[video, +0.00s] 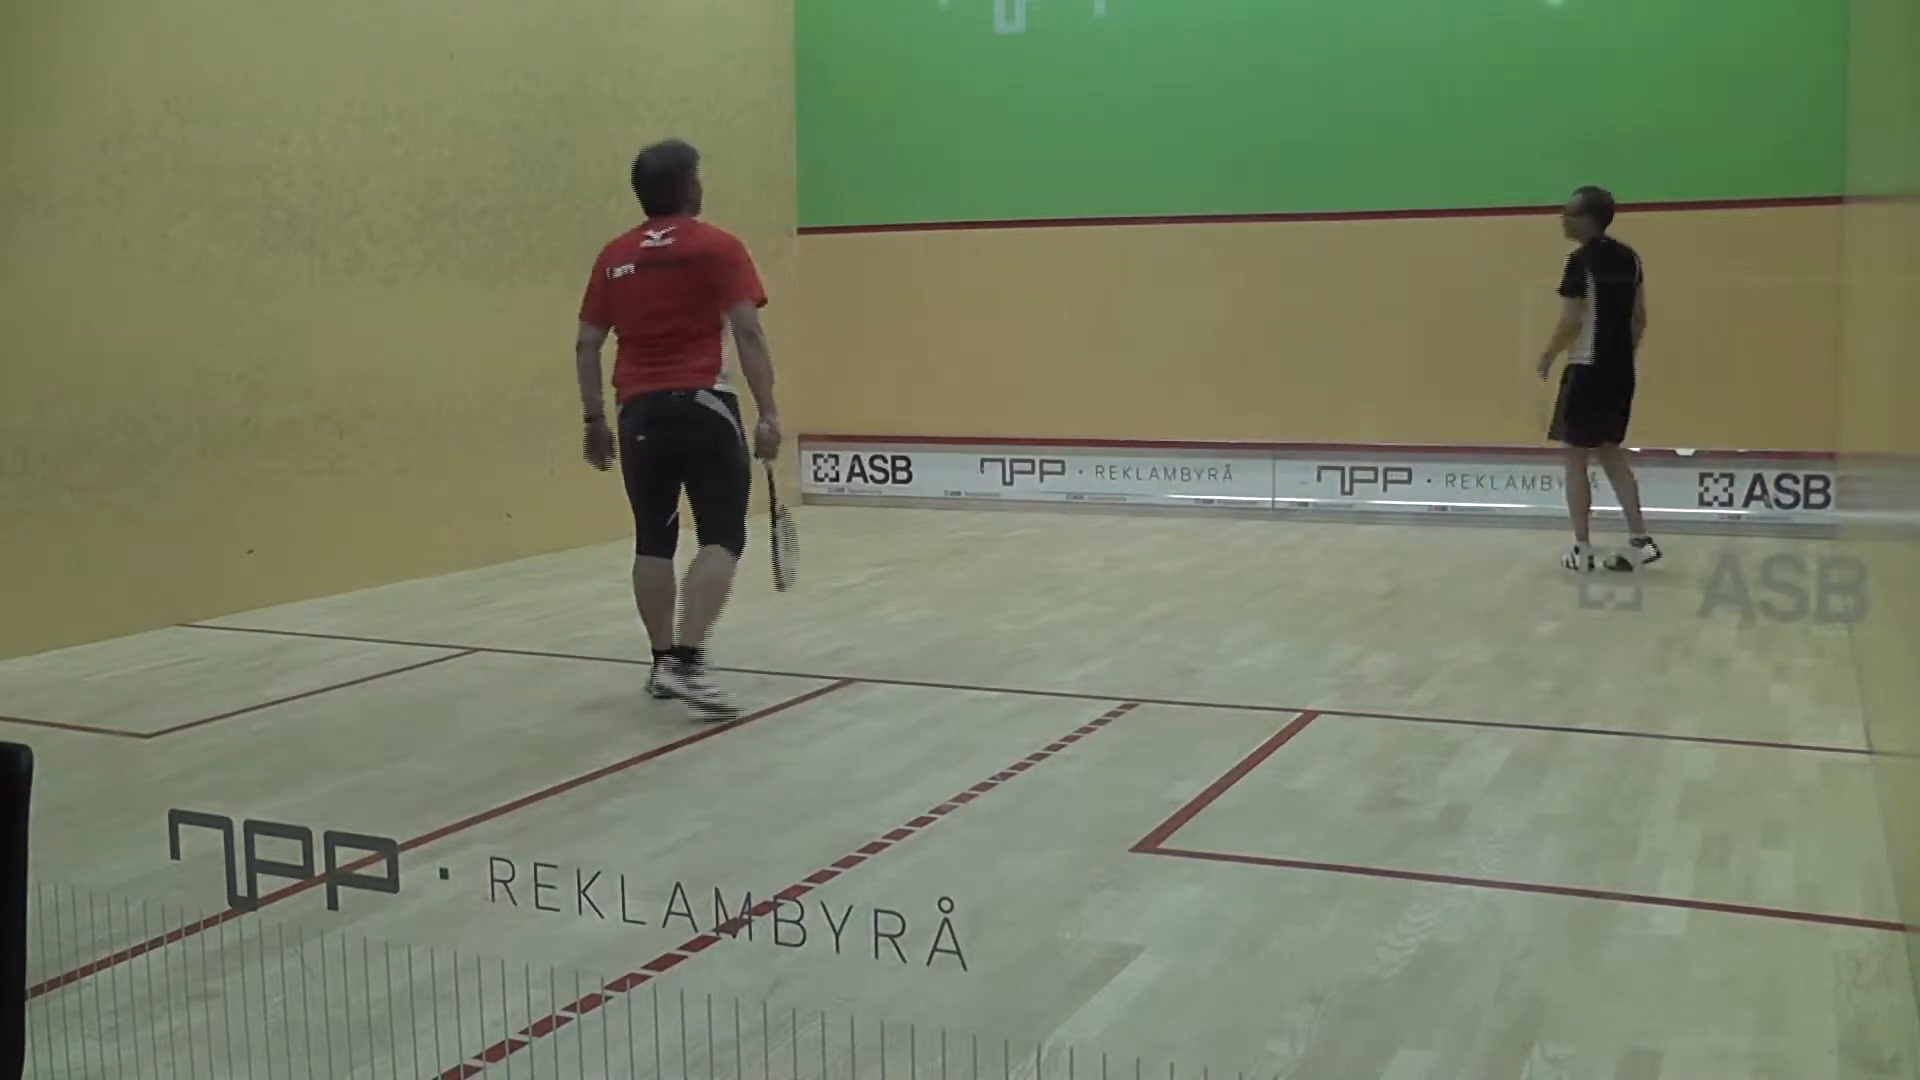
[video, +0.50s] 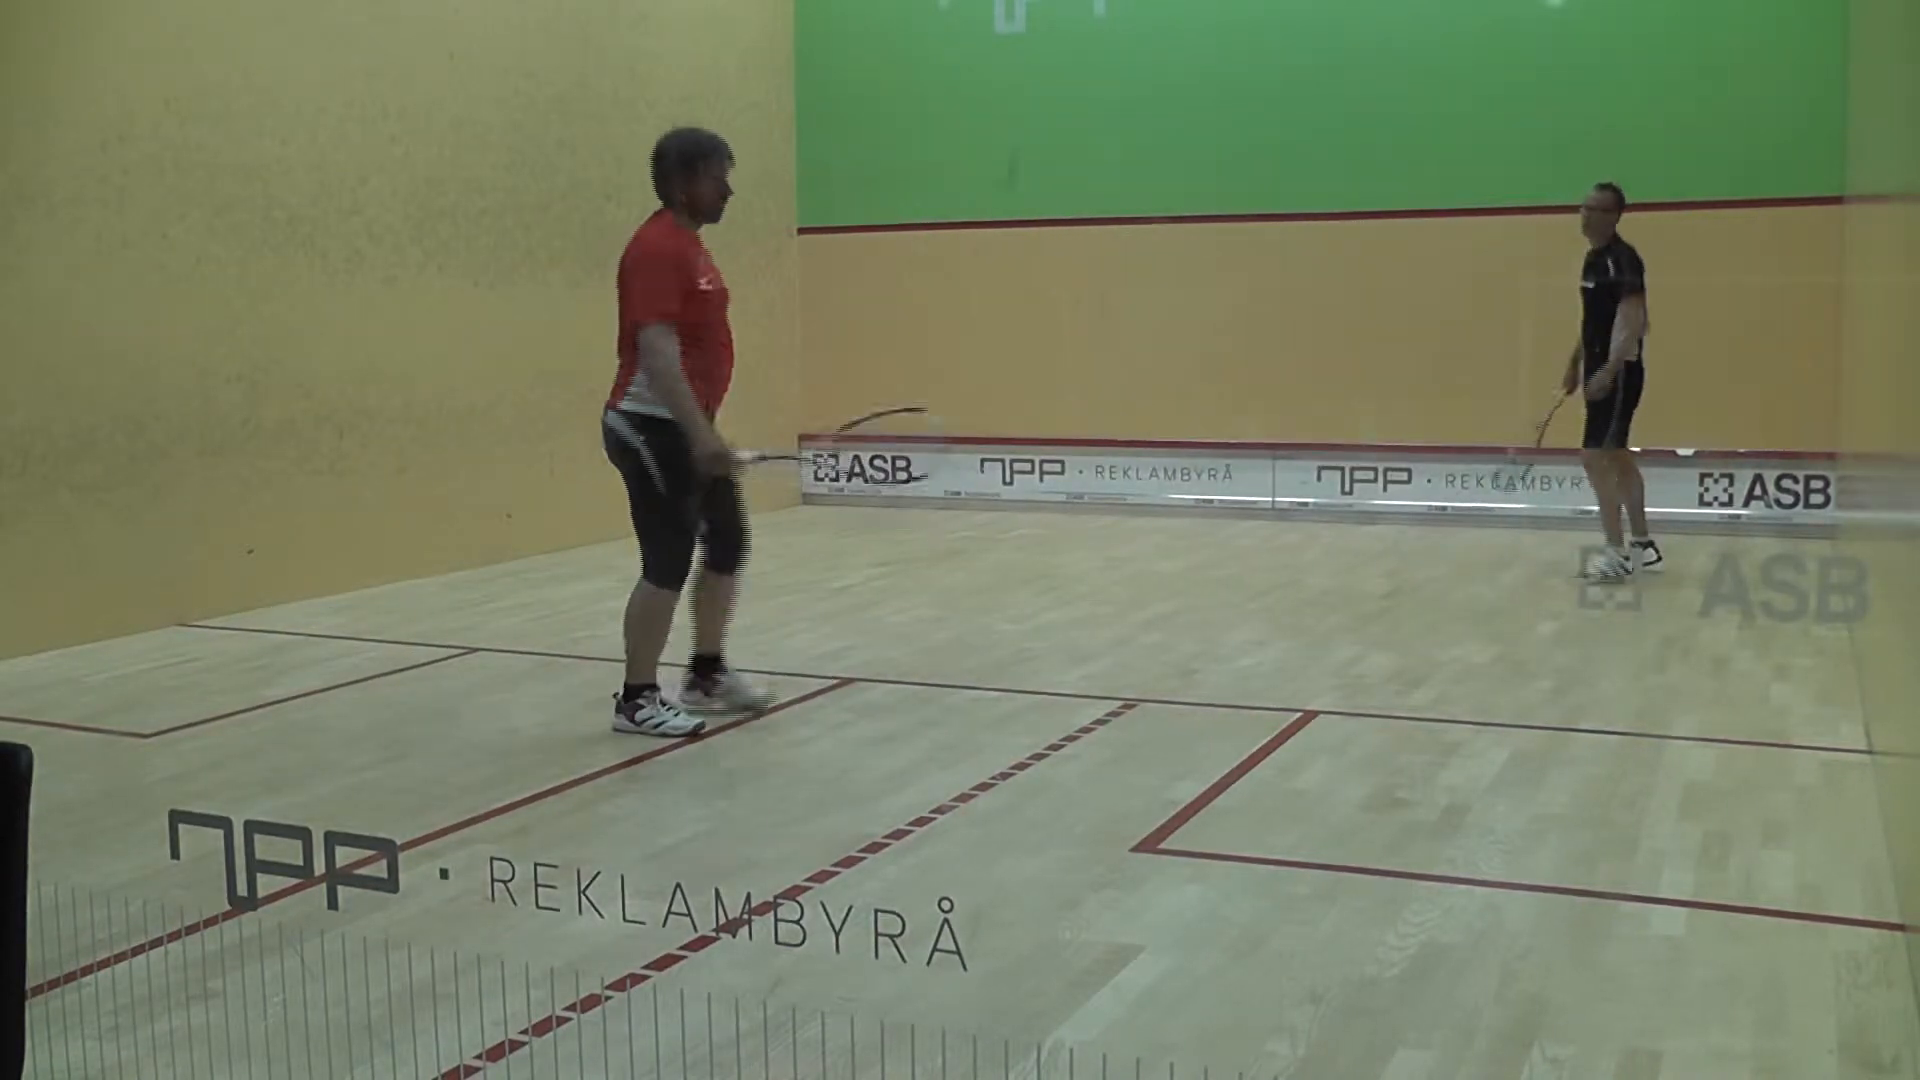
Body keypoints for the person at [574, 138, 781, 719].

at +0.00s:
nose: (702, 187)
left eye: (697, 178)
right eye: (697, 179)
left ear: (645, 195)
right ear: (688, 189)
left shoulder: (615, 254)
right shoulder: (718, 246)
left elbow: (586, 344)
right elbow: (747, 330)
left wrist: (593, 417)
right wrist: (767, 410)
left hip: (639, 416)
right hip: (705, 411)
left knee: (653, 541)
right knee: (721, 539)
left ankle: (664, 664)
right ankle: (685, 661)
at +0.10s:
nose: (699, 188)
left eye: (694, 179)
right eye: (694, 180)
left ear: (641, 196)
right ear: (685, 189)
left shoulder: (613, 255)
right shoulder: (713, 247)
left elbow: (592, 348)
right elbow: (735, 333)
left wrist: (607, 418)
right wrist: (756, 417)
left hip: (634, 421)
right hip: (699, 416)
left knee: (653, 544)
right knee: (715, 545)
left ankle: (661, 671)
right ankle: (657, 662)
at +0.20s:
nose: (704, 186)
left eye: (700, 176)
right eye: (698, 178)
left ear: (645, 194)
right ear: (682, 188)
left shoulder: (616, 255)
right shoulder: (701, 250)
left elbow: (604, 350)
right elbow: (716, 345)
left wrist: (631, 405)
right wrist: (749, 433)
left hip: (630, 421)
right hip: (686, 417)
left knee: (655, 550)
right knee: (700, 557)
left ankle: (656, 677)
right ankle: (647, 693)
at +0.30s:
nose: (711, 183)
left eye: (706, 174)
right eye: (703, 176)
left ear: (655, 192)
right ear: (683, 187)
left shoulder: (629, 253)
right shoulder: (688, 251)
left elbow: (617, 352)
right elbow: (699, 354)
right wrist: (742, 435)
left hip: (634, 417)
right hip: (675, 419)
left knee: (660, 549)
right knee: (684, 560)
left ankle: (663, 661)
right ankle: (640, 697)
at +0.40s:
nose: (722, 184)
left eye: (719, 174)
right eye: (713, 175)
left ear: (677, 185)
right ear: (684, 184)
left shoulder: (672, 244)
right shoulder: (662, 249)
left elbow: (678, 351)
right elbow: (671, 357)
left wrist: (711, 432)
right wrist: (725, 436)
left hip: (674, 418)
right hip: (656, 420)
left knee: (697, 544)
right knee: (679, 557)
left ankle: (691, 666)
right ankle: (638, 698)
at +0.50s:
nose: (729, 190)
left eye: (729, 178)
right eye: (720, 178)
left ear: (690, 184)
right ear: (683, 181)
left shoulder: (686, 242)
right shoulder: (656, 248)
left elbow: (682, 345)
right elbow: (657, 356)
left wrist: (703, 427)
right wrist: (700, 432)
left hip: (684, 420)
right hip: (645, 423)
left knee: (727, 539)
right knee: (669, 554)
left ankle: (706, 675)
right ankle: (638, 698)